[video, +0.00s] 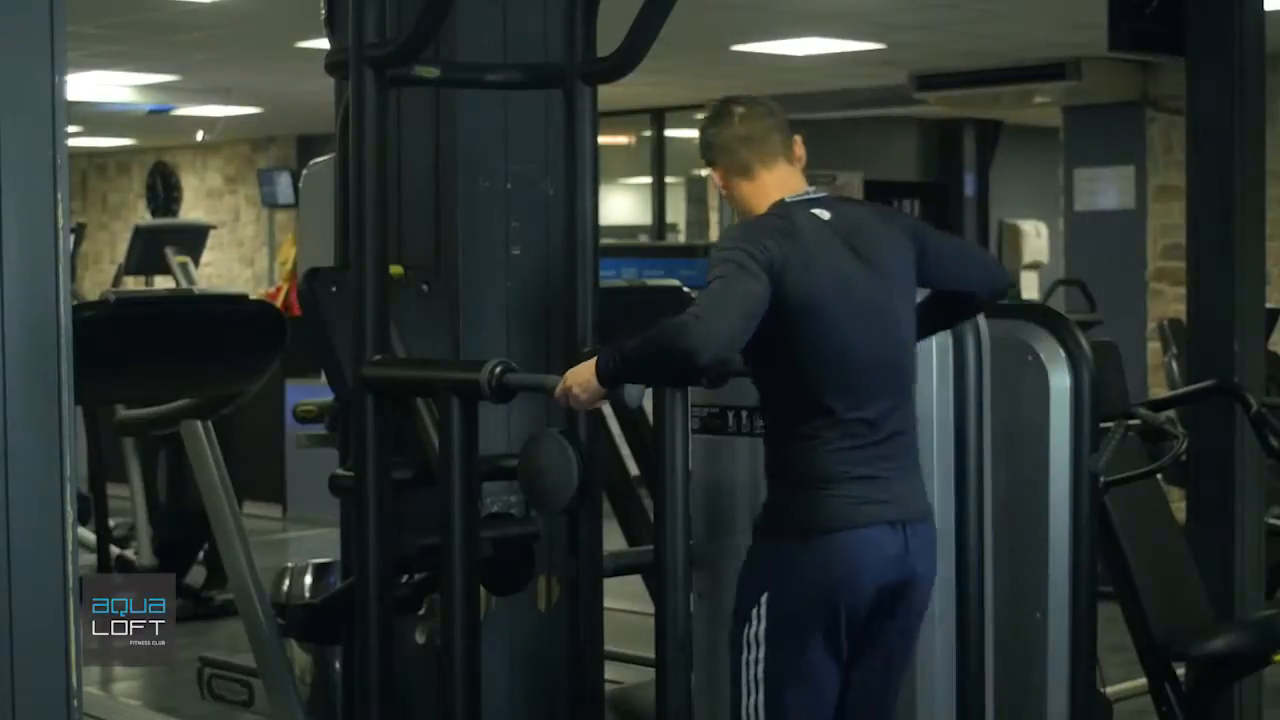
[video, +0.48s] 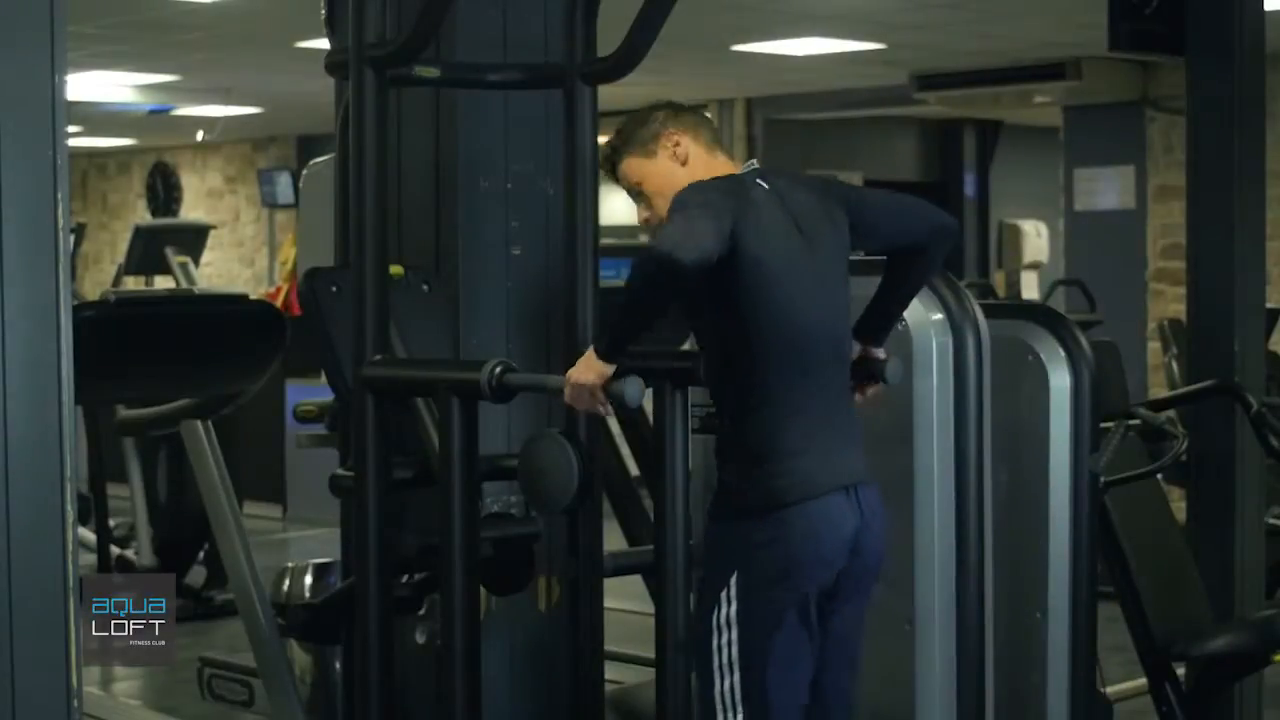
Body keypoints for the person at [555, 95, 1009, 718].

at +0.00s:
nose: (717, 193)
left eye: (714, 181)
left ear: (721, 181)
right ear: (800, 154)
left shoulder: (754, 244)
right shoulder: (884, 224)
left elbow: (703, 345)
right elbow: (989, 278)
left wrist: (606, 368)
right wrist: (896, 326)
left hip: (816, 543)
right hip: (909, 538)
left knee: (778, 706)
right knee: (869, 707)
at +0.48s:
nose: (645, 215)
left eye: (641, 191)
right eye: (636, 199)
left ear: (677, 149)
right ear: (687, 150)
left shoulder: (708, 198)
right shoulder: (818, 196)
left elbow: (676, 257)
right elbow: (934, 229)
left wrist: (602, 352)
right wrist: (871, 340)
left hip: (774, 512)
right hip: (852, 498)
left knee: (745, 702)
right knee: (827, 701)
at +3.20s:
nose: (596, 326)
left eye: (586, 313)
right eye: (587, 320)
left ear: (594, 277)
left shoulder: (631, 272)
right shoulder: (742, 242)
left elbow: (633, 216)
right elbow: (861, 216)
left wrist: (613, 351)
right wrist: (865, 341)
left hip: (742, 544)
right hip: (824, 529)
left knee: (731, 706)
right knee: (819, 709)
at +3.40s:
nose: (599, 322)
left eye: (590, 309)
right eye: (590, 316)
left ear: (593, 270)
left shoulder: (632, 257)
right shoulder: (742, 236)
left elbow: (631, 216)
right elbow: (862, 216)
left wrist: (611, 351)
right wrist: (865, 340)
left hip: (732, 539)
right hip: (817, 522)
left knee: (719, 706)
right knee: (812, 708)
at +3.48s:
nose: (599, 304)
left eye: (588, 291)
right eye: (590, 297)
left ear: (594, 253)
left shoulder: (630, 241)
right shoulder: (742, 222)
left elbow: (639, 217)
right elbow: (864, 215)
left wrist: (611, 352)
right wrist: (865, 341)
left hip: (730, 522)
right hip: (815, 506)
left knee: (715, 705)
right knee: (806, 707)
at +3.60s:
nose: (600, 264)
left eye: (589, 250)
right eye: (590, 257)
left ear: (595, 210)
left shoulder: (633, 199)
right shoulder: (748, 191)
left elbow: (637, 220)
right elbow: (867, 213)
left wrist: (614, 354)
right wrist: (865, 342)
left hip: (727, 486)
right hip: (810, 471)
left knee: (711, 702)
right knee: (797, 698)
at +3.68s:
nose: (601, 240)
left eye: (592, 226)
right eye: (591, 234)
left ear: (597, 186)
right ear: (643, 156)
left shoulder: (634, 176)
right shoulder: (750, 173)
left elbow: (637, 222)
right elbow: (866, 209)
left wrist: (612, 352)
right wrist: (866, 338)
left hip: (723, 468)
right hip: (810, 455)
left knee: (712, 701)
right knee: (785, 686)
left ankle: (879, 702)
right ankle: (885, 698)